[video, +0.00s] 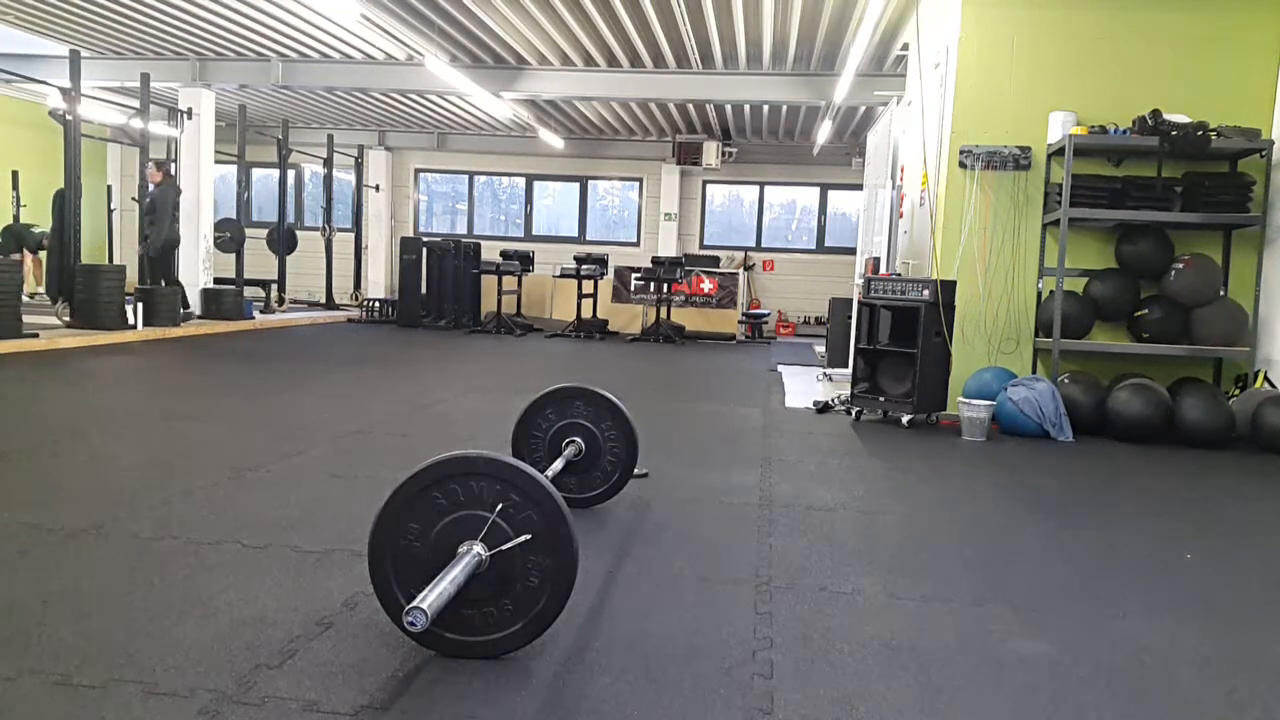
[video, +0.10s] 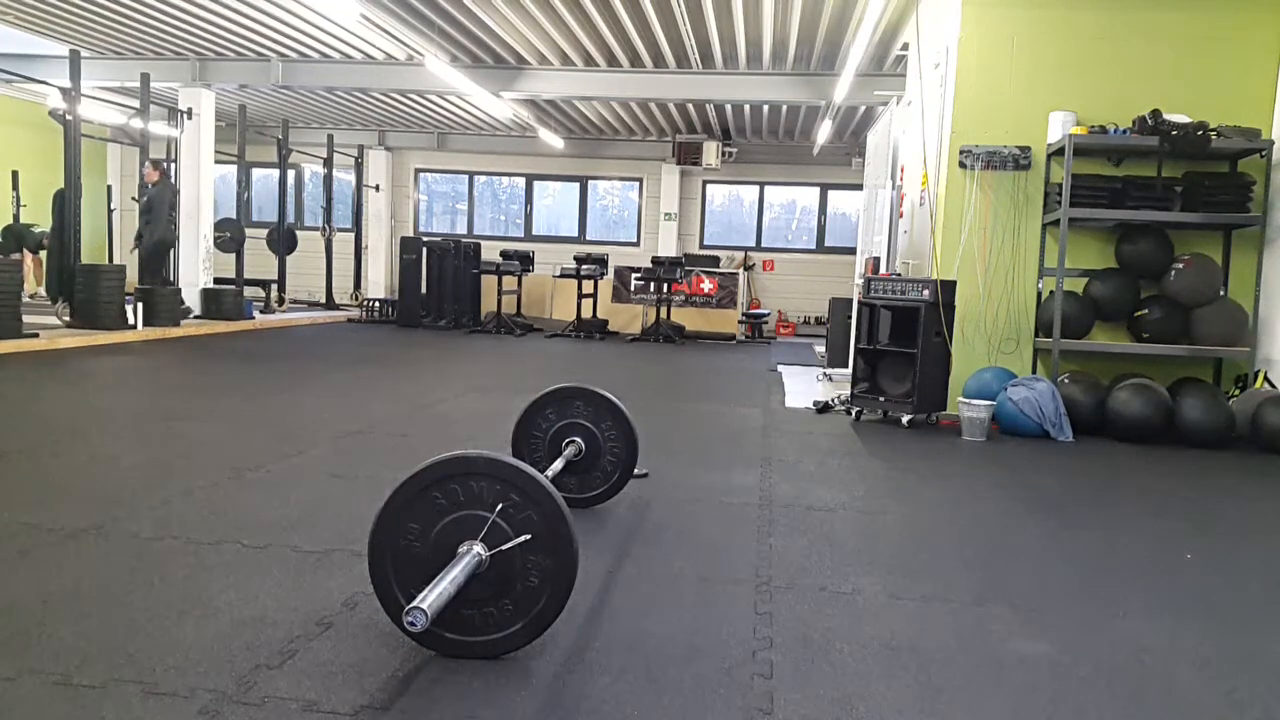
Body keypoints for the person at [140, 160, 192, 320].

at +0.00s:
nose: (148, 174)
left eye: (152, 171)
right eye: (149, 171)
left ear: (161, 173)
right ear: (160, 174)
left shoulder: (164, 191)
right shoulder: (163, 189)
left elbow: (162, 221)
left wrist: (151, 246)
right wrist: (146, 241)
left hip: (161, 238)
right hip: (166, 237)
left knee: (155, 277)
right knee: (168, 276)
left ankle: (157, 310)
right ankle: (185, 308)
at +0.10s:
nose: (144, 173)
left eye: (147, 170)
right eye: (144, 170)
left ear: (157, 172)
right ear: (155, 172)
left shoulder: (162, 190)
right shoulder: (152, 190)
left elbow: (159, 222)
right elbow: (146, 219)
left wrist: (147, 244)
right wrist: (138, 237)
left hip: (158, 240)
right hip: (149, 238)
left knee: (152, 278)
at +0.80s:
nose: (124, 173)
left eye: (127, 169)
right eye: (124, 169)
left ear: (137, 171)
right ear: (137, 172)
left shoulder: (141, 190)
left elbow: (142, 221)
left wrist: (134, 246)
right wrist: (123, 240)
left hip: (140, 234)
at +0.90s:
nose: (120, 172)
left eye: (123, 168)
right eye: (120, 168)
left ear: (133, 170)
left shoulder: (142, 189)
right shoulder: (128, 190)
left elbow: (142, 219)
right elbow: (124, 221)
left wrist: (134, 246)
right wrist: (117, 242)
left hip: (138, 237)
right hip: (125, 237)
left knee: (140, 277)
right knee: (123, 276)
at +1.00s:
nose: (117, 171)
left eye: (120, 168)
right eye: (117, 168)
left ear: (131, 170)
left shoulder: (139, 188)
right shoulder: (125, 189)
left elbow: (139, 218)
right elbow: (120, 219)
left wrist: (131, 246)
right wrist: (115, 240)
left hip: (135, 238)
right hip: (122, 238)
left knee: (139, 278)